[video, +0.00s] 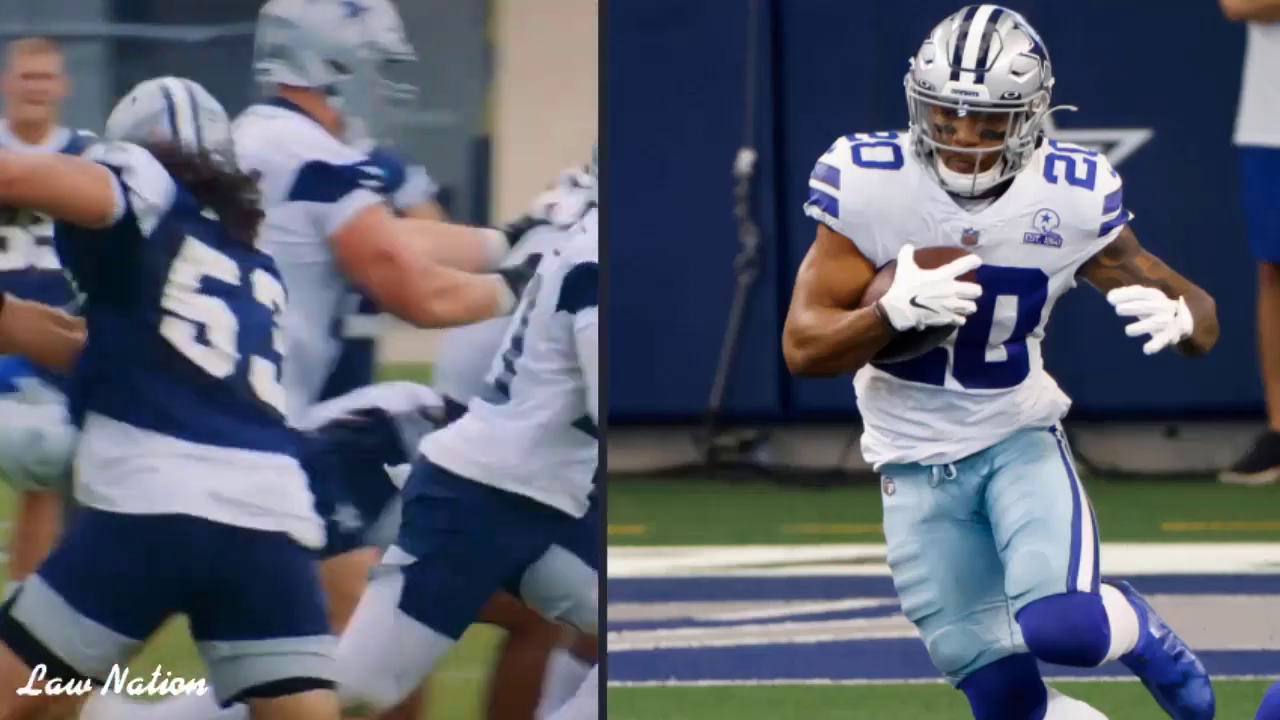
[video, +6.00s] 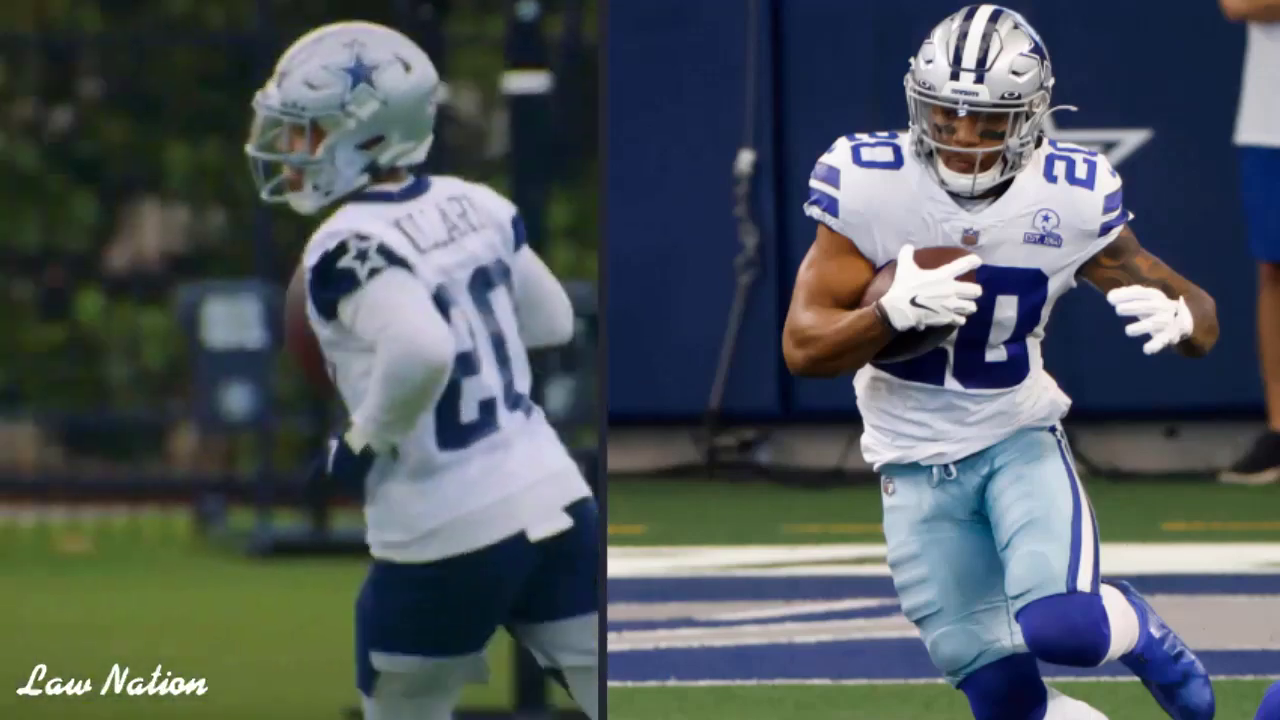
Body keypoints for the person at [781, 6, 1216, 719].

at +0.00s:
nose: (965, 137)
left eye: (987, 120)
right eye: (950, 116)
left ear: (1027, 118)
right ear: (922, 108)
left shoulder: (1071, 194)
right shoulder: (863, 180)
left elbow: (1197, 309)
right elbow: (801, 350)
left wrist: (1180, 318)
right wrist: (886, 313)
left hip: (1018, 437)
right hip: (911, 467)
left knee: (1055, 625)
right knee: (1001, 698)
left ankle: (1143, 633)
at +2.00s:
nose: (965, 137)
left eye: (987, 121)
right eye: (950, 116)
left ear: (1027, 118)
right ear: (922, 109)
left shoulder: (1071, 194)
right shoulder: (863, 180)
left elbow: (1197, 309)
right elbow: (801, 350)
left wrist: (1180, 318)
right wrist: (887, 313)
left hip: (1018, 437)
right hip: (911, 468)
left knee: (1054, 626)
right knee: (1001, 697)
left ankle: (1142, 633)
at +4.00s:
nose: (966, 137)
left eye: (988, 121)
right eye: (950, 116)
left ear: (1027, 119)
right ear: (922, 109)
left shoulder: (1070, 193)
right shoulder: (863, 179)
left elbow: (1196, 307)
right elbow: (801, 349)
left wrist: (1181, 319)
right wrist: (887, 313)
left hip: (1018, 437)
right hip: (911, 468)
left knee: (1054, 626)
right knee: (1001, 697)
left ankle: (1141, 632)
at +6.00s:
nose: (966, 138)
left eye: (988, 121)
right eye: (950, 117)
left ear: (1028, 119)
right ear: (922, 110)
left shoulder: (1071, 194)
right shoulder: (863, 179)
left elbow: (1197, 309)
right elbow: (801, 349)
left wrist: (1181, 319)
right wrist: (887, 313)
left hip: (1018, 437)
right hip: (911, 467)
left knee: (1054, 626)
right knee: (1001, 696)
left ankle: (1142, 633)